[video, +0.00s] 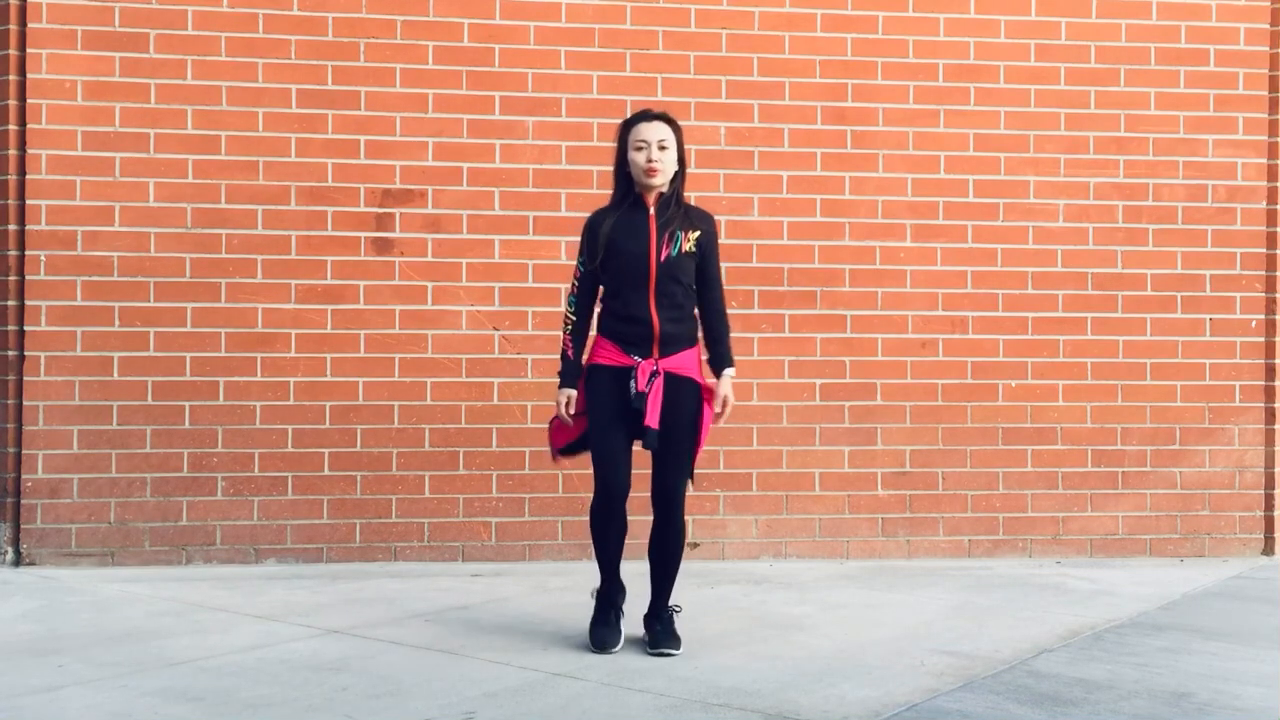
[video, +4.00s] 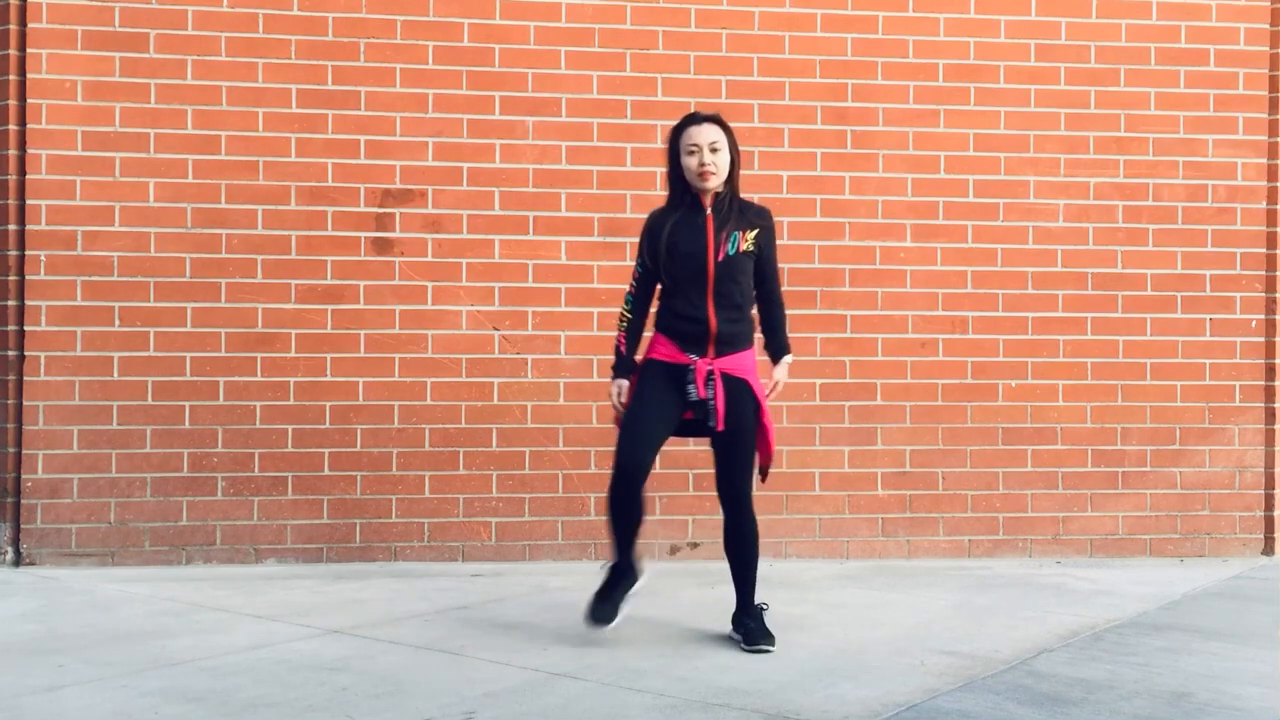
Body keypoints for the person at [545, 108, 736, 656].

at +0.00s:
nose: (652, 156)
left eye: (662, 146)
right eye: (641, 147)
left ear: (678, 156)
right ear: (625, 156)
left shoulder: (699, 224)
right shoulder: (603, 223)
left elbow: (712, 300)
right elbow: (580, 302)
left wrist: (723, 366)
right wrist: (568, 376)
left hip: (679, 373)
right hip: (611, 370)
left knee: (669, 498)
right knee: (611, 490)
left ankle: (661, 611)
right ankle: (608, 596)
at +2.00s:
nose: (693, 158)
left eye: (703, 150)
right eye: (682, 151)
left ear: (718, 162)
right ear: (666, 164)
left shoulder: (738, 228)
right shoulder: (646, 229)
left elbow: (755, 302)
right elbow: (622, 303)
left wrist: (774, 365)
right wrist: (603, 369)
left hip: (715, 371)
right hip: (651, 368)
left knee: (711, 493)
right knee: (647, 471)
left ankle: (698, 606)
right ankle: (645, 571)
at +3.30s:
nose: (707, 176)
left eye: (718, 166)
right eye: (696, 166)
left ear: (733, 171)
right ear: (680, 172)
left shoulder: (755, 225)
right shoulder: (665, 240)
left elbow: (776, 298)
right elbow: (647, 316)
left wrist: (794, 361)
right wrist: (638, 388)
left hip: (760, 370)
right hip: (697, 372)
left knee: (762, 496)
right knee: (704, 477)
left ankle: (749, 609)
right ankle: (672, 576)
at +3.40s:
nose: (711, 173)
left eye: (721, 163)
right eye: (699, 163)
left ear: (737, 169)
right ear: (684, 171)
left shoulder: (761, 222)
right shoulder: (669, 238)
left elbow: (782, 294)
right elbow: (657, 315)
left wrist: (800, 355)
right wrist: (653, 389)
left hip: (767, 368)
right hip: (705, 370)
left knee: (761, 484)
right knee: (732, 468)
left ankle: (749, 605)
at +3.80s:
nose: (714, 173)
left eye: (724, 162)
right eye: (702, 164)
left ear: (740, 169)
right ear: (687, 175)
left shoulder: (766, 228)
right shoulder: (674, 242)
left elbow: (786, 300)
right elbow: (655, 319)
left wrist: (800, 361)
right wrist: (645, 390)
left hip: (762, 372)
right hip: (698, 372)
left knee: (769, 488)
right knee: (703, 457)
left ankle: (753, 603)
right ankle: (736, 572)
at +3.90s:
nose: (710, 162)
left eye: (721, 151)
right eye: (698, 153)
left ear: (737, 159)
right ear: (685, 163)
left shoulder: (761, 220)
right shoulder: (669, 229)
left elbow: (779, 292)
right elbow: (648, 305)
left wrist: (793, 354)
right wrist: (635, 375)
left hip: (750, 366)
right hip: (685, 364)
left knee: (753, 494)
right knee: (662, 435)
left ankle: (748, 609)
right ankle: (674, 545)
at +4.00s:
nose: (705, 160)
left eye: (714, 149)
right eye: (693, 151)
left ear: (731, 156)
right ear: (679, 162)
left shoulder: (755, 220)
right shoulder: (662, 222)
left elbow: (769, 292)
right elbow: (638, 296)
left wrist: (780, 351)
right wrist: (622, 365)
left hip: (734, 367)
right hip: (667, 364)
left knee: (736, 491)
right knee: (627, 467)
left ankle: (747, 609)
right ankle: (623, 566)